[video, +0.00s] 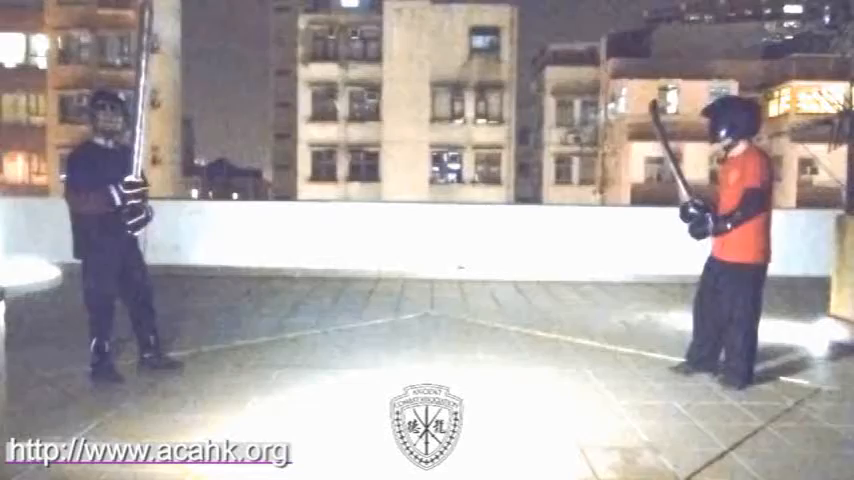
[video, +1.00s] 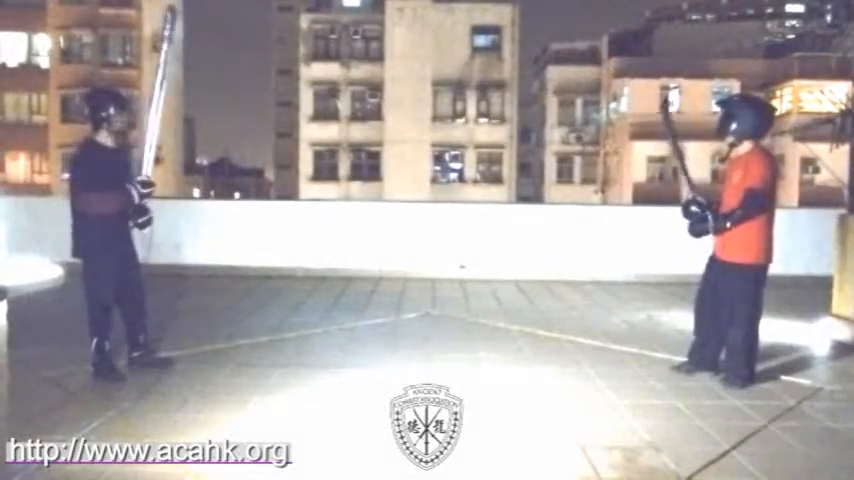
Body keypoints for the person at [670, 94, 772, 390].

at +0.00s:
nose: (712, 131)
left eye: (717, 124)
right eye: (713, 125)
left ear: (733, 127)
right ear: (729, 127)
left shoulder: (754, 160)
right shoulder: (727, 160)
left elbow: (754, 202)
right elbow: (726, 202)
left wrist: (720, 224)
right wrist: (704, 209)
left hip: (747, 255)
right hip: (722, 251)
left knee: (740, 315)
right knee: (708, 306)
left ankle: (737, 371)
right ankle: (701, 358)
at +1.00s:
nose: (723, 124)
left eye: (729, 118)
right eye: (725, 117)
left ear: (743, 124)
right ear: (745, 125)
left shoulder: (759, 160)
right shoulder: (735, 159)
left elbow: (755, 202)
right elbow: (732, 202)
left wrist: (718, 222)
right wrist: (708, 209)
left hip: (748, 255)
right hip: (725, 251)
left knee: (740, 315)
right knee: (708, 306)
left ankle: (739, 370)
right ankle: (703, 358)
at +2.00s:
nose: (718, 128)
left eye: (722, 121)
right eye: (719, 121)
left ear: (737, 125)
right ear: (738, 125)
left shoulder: (753, 160)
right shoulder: (731, 159)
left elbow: (746, 200)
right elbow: (726, 202)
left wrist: (713, 222)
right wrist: (702, 213)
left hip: (743, 253)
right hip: (721, 249)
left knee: (736, 313)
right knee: (705, 305)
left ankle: (737, 369)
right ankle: (701, 357)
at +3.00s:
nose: (717, 129)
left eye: (722, 123)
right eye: (718, 123)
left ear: (738, 127)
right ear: (730, 127)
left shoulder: (755, 163)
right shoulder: (725, 163)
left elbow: (751, 206)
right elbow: (722, 207)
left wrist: (720, 235)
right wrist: (702, 223)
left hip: (747, 256)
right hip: (723, 253)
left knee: (741, 317)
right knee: (712, 310)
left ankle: (741, 374)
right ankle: (706, 362)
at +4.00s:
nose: (702, 197)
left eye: (703, 190)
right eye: (699, 192)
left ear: (717, 185)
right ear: (718, 186)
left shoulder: (749, 208)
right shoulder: (722, 214)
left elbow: (744, 251)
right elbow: (717, 259)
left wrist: (718, 287)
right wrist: (706, 290)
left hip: (751, 303)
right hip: (726, 301)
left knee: (747, 365)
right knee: (715, 358)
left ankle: (745, 421)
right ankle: (707, 410)